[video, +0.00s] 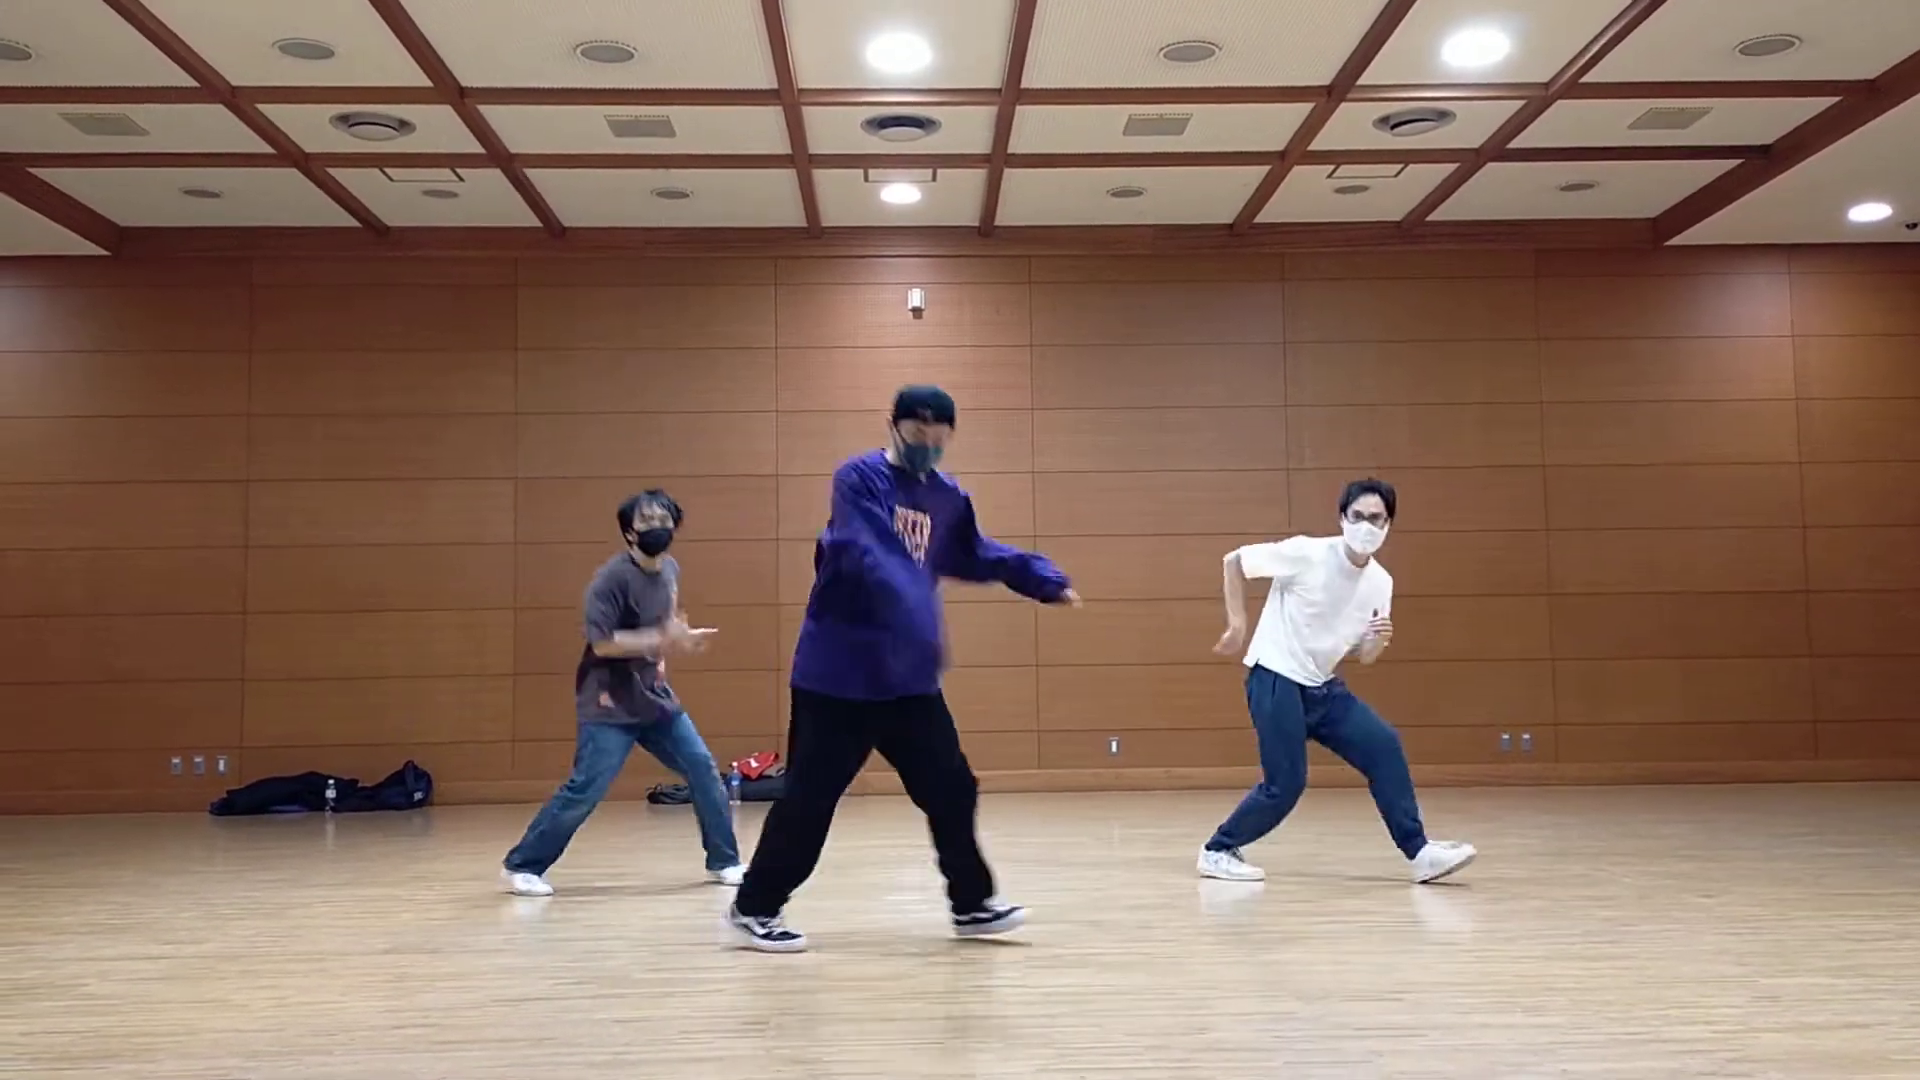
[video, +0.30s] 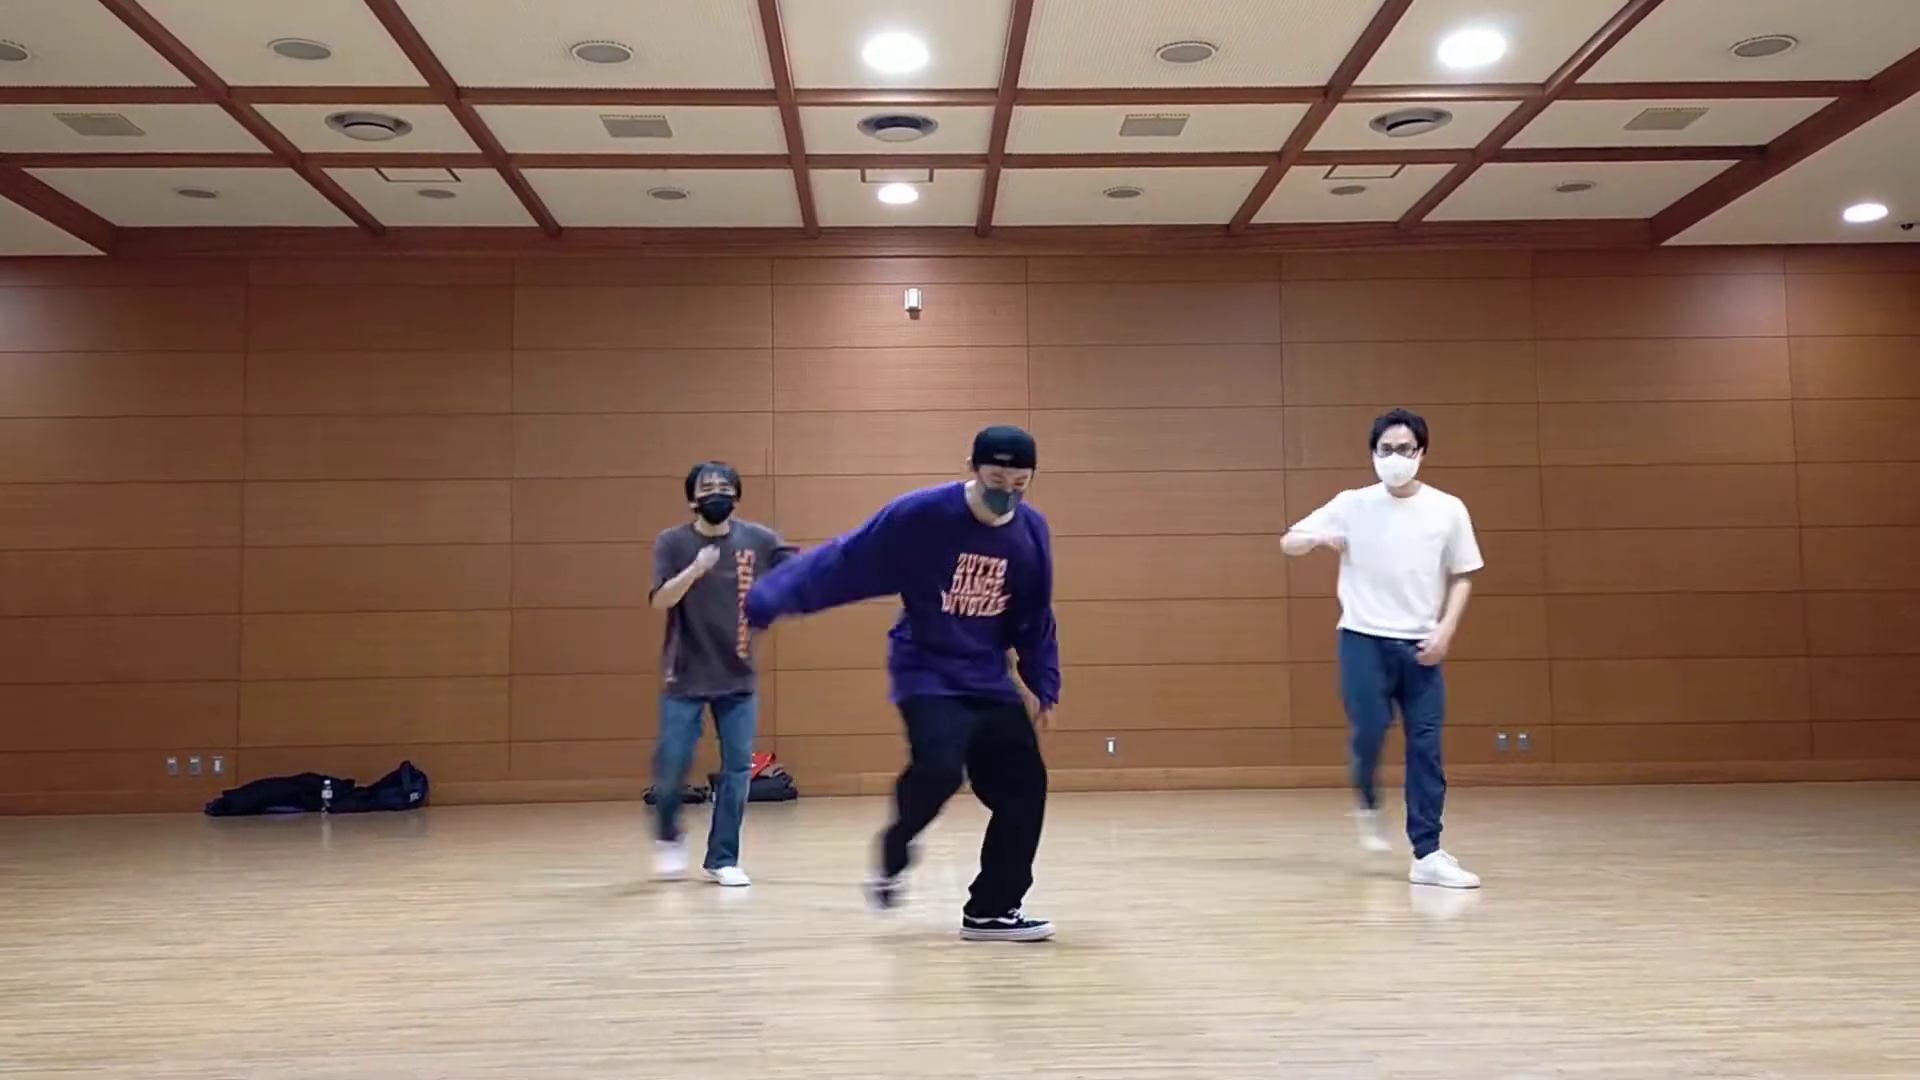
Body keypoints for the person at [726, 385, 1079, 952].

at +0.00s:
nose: (926, 432)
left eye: (937, 424)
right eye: (916, 421)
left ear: (950, 435)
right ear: (894, 426)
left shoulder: (949, 499)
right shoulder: (859, 479)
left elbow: (971, 555)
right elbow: (862, 551)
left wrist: (1038, 575)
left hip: (906, 678)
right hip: (837, 677)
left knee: (951, 789)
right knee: (809, 798)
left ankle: (972, 905)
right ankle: (753, 909)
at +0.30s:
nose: (1007, 484)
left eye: (1018, 475)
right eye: (997, 472)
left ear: (1029, 478)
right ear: (975, 470)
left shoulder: (1030, 530)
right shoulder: (923, 516)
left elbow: (1035, 613)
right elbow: (842, 562)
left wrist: (1044, 678)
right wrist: (766, 600)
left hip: (987, 676)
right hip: (927, 670)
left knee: (1025, 785)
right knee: (939, 769)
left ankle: (991, 910)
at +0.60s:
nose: (1027, 463)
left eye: (1038, 455)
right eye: (1017, 453)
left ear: (1052, 460)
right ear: (1000, 458)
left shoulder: (1076, 524)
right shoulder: (970, 519)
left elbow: (1100, 590)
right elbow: (951, 598)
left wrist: (1102, 609)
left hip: (1067, 677)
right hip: (1000, 683)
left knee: (1065, 784)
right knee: (1037, 797)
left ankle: (1059, 879)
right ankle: (1113, 887)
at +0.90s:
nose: (989, 406)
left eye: (1000, 397)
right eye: (979, 398)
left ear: (1024, 405)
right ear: (970, 409)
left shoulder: (1050, 459)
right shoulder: (974, 475)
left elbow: (1035, 524)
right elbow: (988, 554)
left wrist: (964, 479)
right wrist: (968, 611)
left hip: (1061, 639)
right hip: (1007, 645)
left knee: (1079, 765)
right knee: (1012, 765)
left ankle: (1139, 882)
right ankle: (1060, 871)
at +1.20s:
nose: (904, 494)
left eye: (915, 483)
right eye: (895, 485)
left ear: (943, 481)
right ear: (889, 488)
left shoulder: (983, 537)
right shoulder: (916, 534)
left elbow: (1012, 634)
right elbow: (913, 613)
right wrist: (894, 681)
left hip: (1033, 682)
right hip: (980, 684)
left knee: (1087, 790)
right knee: (936, 781)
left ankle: (1180, 890)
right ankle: (922, 910)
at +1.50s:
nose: (843, 464)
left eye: (853, 452)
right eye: (833, 455)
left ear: (878, 448)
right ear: (822, 457)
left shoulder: (934, 484)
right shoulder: (816, 523)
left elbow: (1013, 483)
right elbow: (783, 587)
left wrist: (1087, 469)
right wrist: (770, 644)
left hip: (924, 669)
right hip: (854, 676)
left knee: (902, 786)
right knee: (865, 794)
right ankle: (901, 905)